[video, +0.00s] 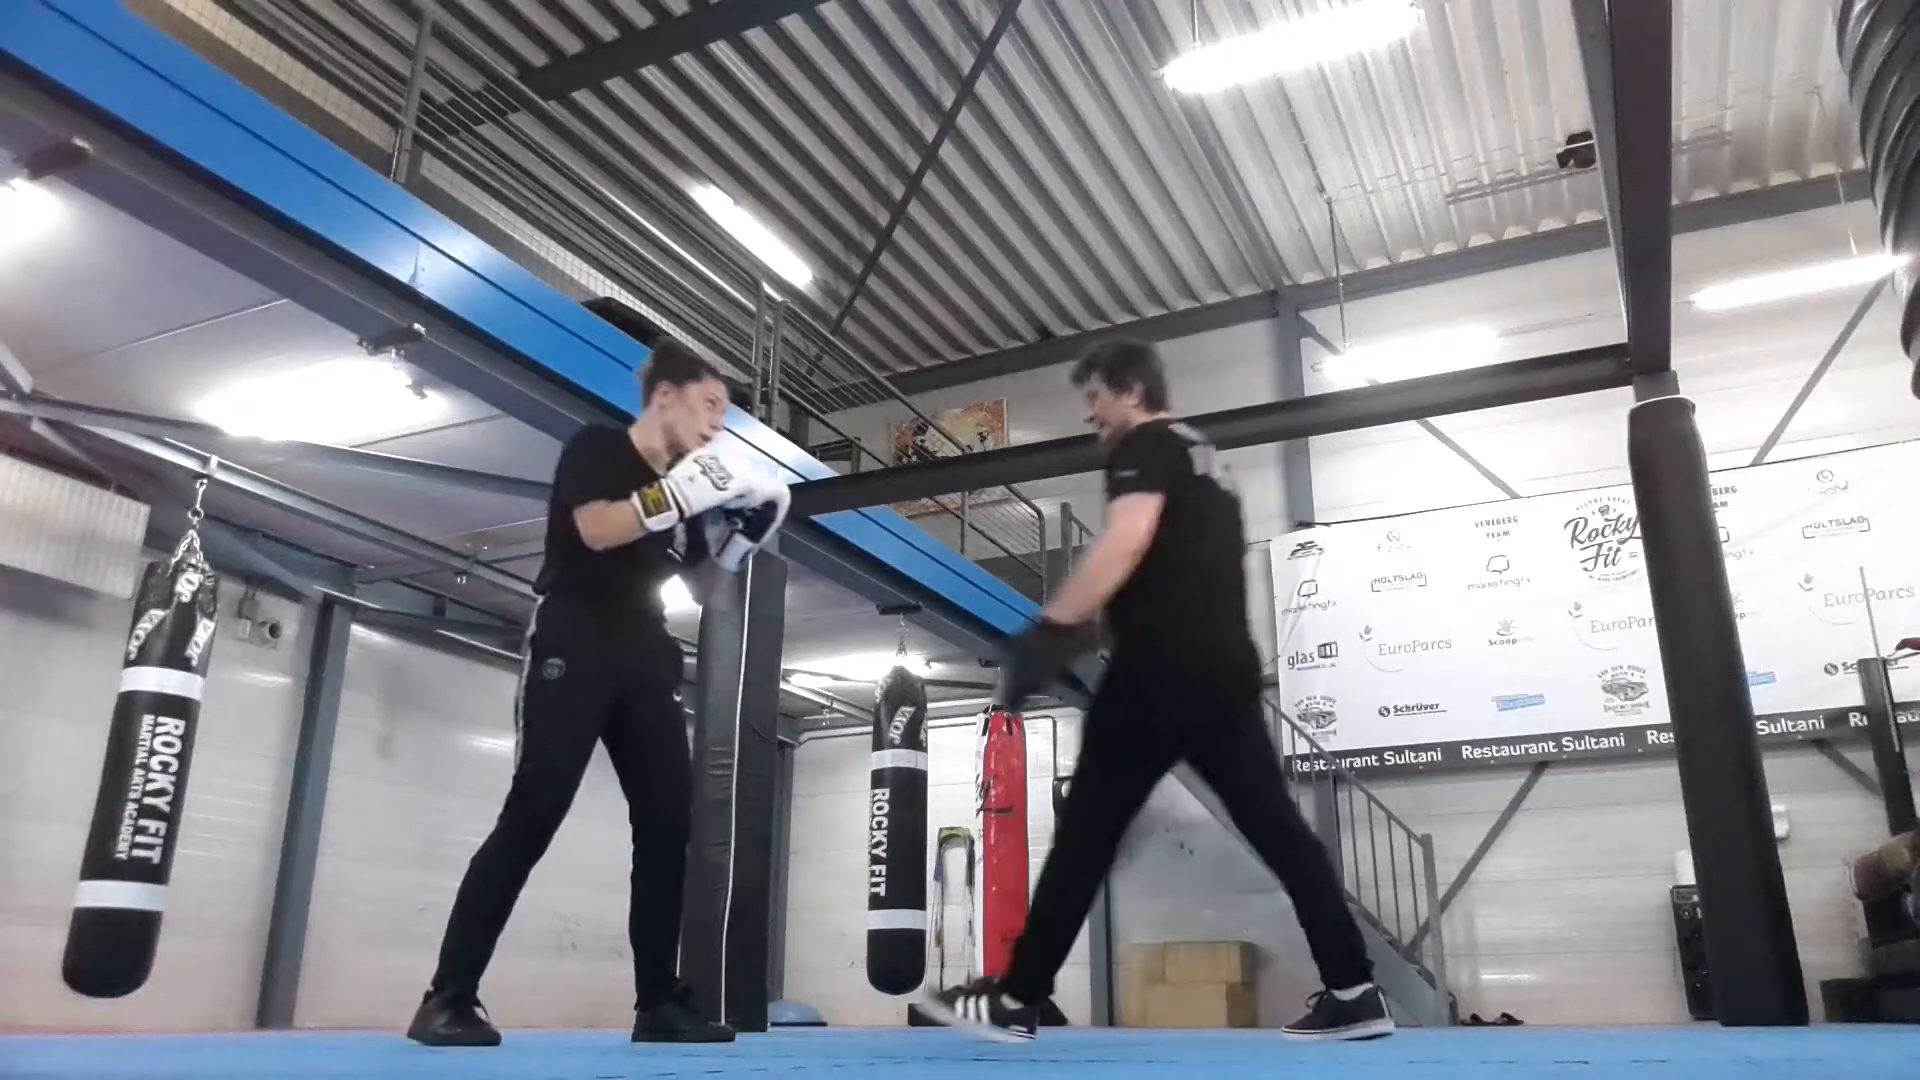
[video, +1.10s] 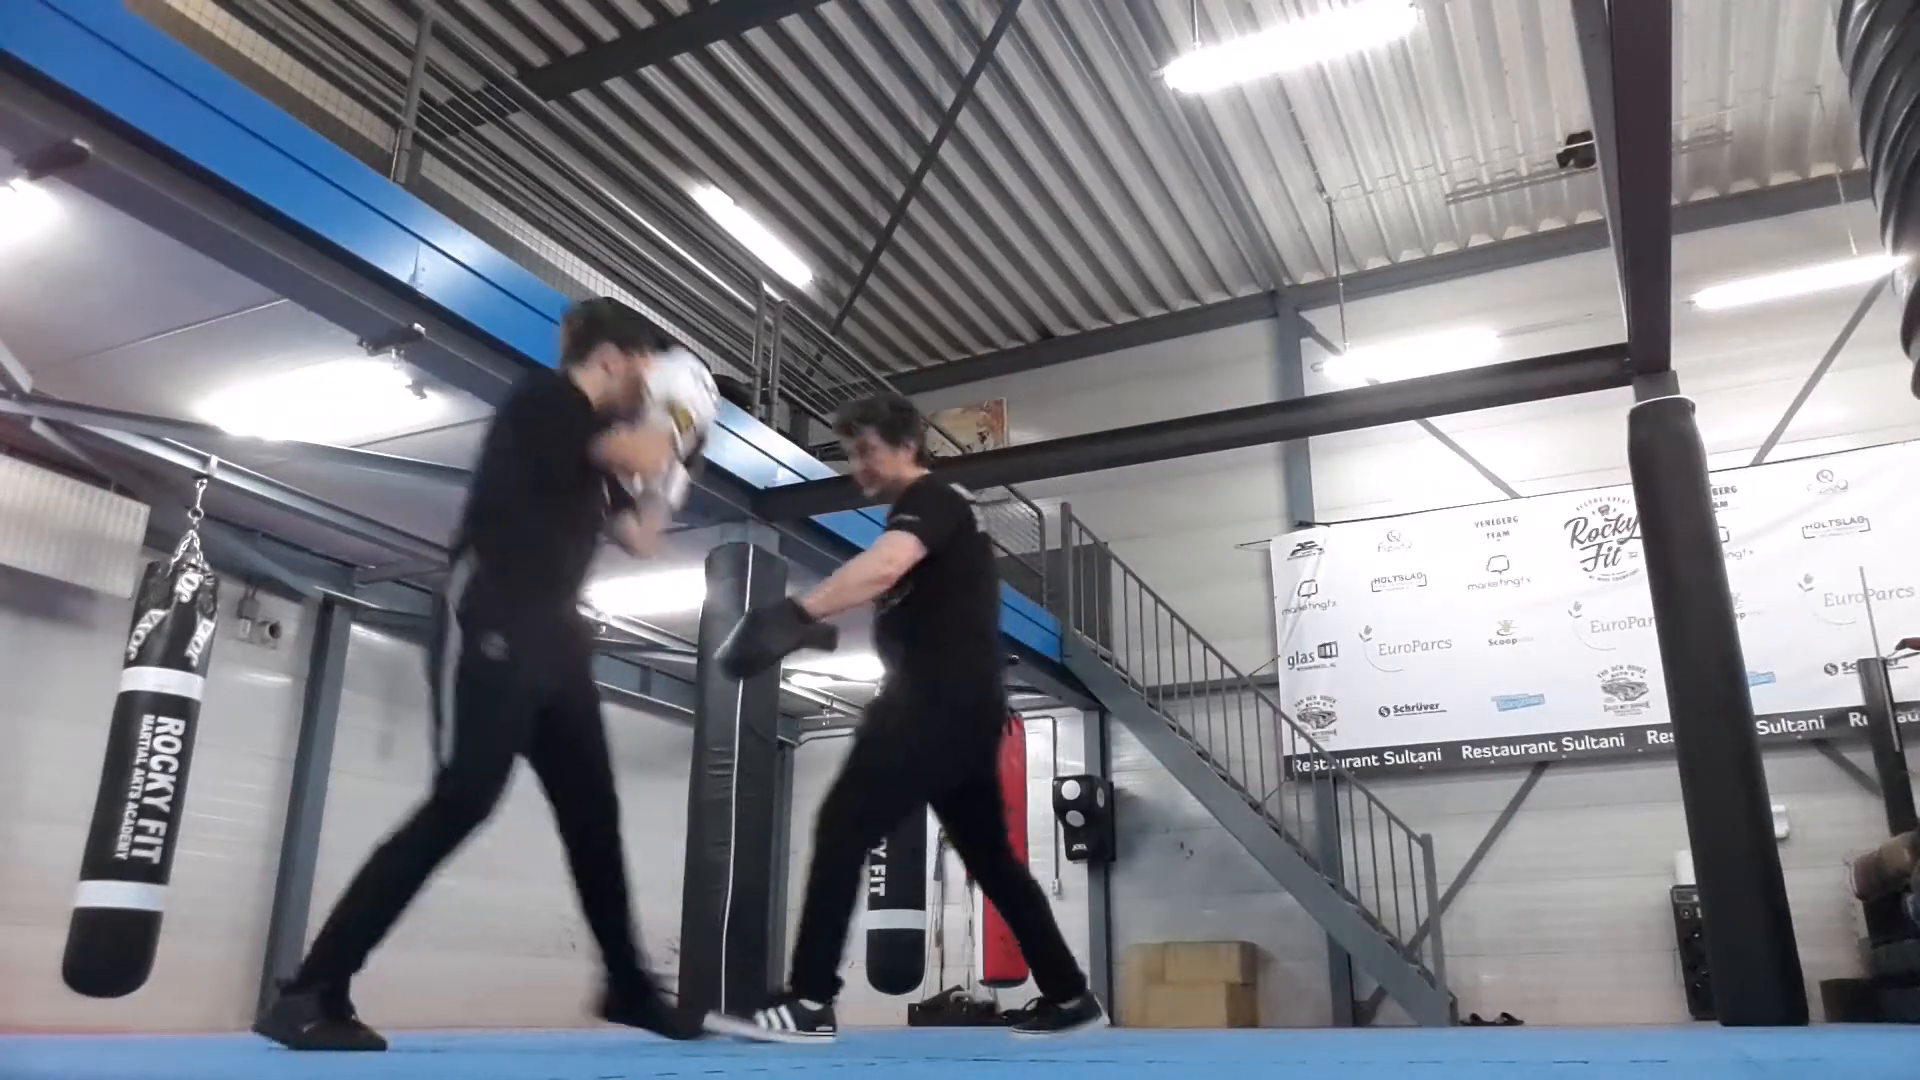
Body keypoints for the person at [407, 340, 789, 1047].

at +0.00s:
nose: (717, 424)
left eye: (722, 413)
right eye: (710, 406)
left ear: (698, 414)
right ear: (663, 396)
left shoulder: (679, 485)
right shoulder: (596, 446)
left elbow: (704, 585)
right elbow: (594, 528)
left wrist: (744, 528)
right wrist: (683, 491)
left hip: (644, 659)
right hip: (573, 651)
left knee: (666, 824)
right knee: (530, 819)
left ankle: (658, 1004)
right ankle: (447, 1000)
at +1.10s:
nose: (643, 386)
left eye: (647, 375)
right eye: (640, 370)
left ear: (600, 362)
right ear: (606, 357)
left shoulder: (579, 431)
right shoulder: (547, 400)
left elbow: (635, 535)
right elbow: (630, 456)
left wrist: (661, 464)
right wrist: (674, 421)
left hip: (552, 626)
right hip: (500, 615)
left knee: (589, 810)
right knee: (465, 795)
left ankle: (629, 986)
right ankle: (314, 989)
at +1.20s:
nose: (624, 348)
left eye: (626, 337)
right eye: (621, 333)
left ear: (583, 322)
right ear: (586, 313)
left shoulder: (556, 397)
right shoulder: (524, 346)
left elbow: (603, 503)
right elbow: (602, 418)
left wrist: (668, 441)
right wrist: (646, 385)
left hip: (508, 575)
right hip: (451, 556)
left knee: (571, 762)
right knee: (441, 750)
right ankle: (298, 969)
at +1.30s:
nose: (602, 330)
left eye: (606, 316)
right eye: (597, 309)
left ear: (554, 303)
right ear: (557, 291)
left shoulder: (532, 379)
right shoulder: (492, 327)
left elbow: (558, 503)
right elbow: (557, 417)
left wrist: (641, 470)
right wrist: (618, 382)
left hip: (471, 572)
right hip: (420, 551)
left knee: (525, 768)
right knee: (406, 735)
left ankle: (401, 954)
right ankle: (211, 932)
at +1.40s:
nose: (568, 341)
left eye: (571, 326)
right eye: (565, 321)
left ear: (520, 307)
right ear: (521, 304)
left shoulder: (491, 392)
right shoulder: (450, 344)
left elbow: (481, 528)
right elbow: (494, 442)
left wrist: (586, 506)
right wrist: (567, 414)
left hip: (433, 604)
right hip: (387, 581)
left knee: (468, 812)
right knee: (320, 759)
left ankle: (357, 1002)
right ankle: (88, 946)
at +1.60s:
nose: (516, 319)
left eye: (519, 303)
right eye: (513, 298)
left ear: (467, 284)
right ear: (472, 277)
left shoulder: (426, 362)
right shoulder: (379, 298)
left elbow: (370, 482)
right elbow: (394, 395)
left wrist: (462, 498)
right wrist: (491, 385)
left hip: (350, 584)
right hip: (285, 557)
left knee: (390, 779)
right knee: (208, 750)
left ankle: (361, 985)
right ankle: (16, 970)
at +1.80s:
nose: (477, 241)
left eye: (482, 228)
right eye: (474, 218)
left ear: (432, 214)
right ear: (432, 190)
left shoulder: (397, 294)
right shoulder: (360, 198)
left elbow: (359, 434)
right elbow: (383, 278)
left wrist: (468, 411)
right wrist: (480, 287)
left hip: (296, 486)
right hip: (239, 441)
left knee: (346, 727)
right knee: (187, 681)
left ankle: (243, 959)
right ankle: (4, 935)